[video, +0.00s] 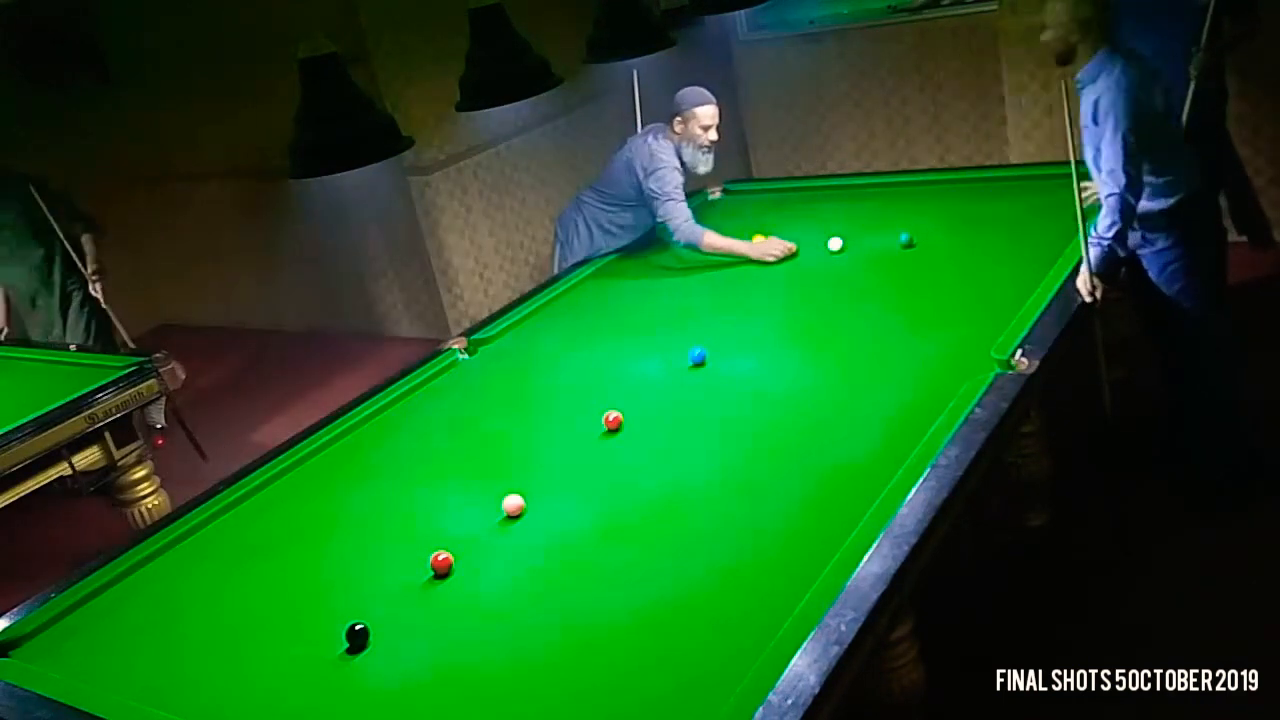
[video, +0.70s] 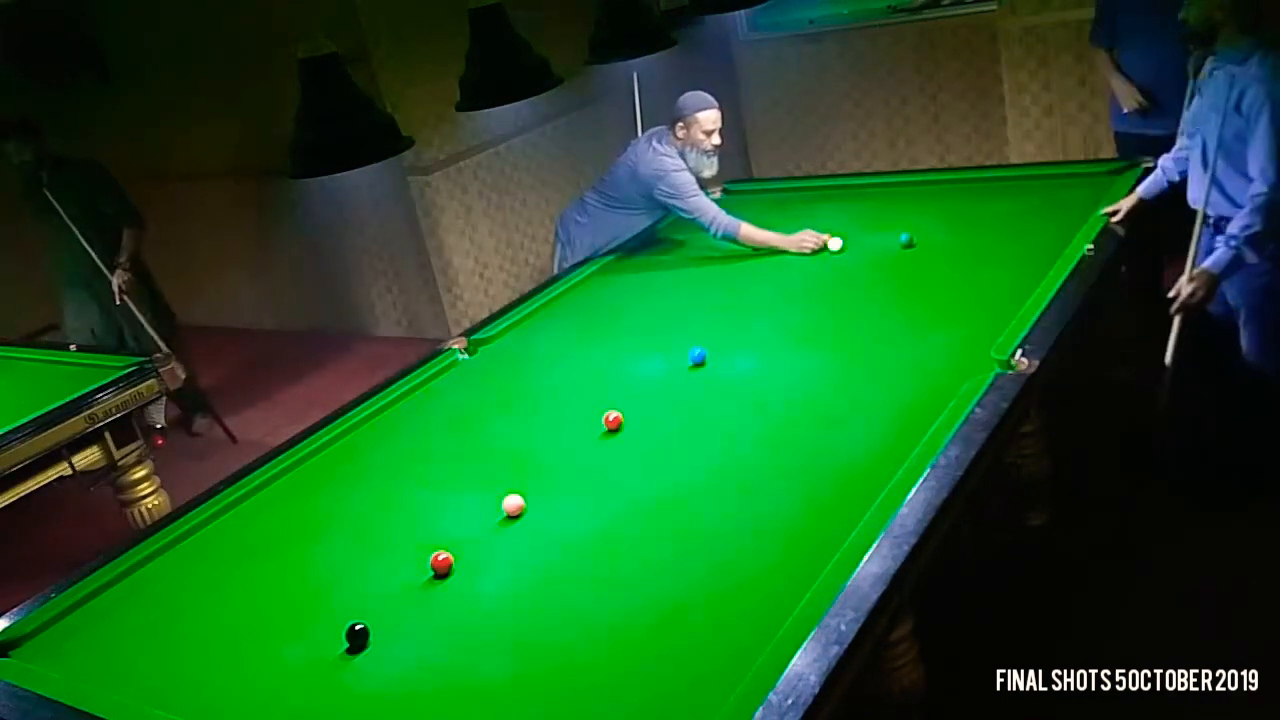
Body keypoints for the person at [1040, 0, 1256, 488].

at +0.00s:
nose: (1044, 39)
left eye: (1051, 28)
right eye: (1044, 29)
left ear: (1080, 29)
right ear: (1083, 29)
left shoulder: (1113, 85)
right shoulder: (1109, 75)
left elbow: (1119, 186)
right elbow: (1140, 154)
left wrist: (1095, 259)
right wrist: (1106, 182)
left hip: (1168, 237)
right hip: (1161, 233)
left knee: (1189, 359)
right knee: (1183, 356)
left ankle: (1211, 472)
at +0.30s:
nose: (1119, 21)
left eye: (1129, 11)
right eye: (1120, 12)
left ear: (1157, 16)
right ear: (1151, 20)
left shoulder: (1186, 78)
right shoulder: (1160, 73)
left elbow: (1170, 183)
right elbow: (1165, 152)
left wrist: (1126, 263)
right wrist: (1139, 192)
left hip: (1207, 243)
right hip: (1180, 236)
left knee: (1229, 362)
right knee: (1203, 357)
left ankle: (1241, 467)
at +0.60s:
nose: (1174, 12)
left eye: (1185, 5)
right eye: (1177, 6)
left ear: (1212, 9)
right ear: (1202, 15)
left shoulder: (1249, 73)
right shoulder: (1204, 66)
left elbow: (1250, 191)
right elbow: (1190, 150)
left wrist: (1196, 270)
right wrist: (1139, 195)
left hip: (1247, 243)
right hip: (1208, 234)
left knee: (1253, 365)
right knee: (1210, 357)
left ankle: (1252, 470)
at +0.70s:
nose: (1187, 13)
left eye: (1199, 6)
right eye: (1190, 8)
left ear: (1225, 11)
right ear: (1227, 15)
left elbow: (1268, 191)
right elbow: (1189, 147)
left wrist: (1215, 267)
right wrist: (1139, 194)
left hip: (1253, 240)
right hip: (1210, 229)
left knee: (1257, 362)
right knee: (1210, 349)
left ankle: (1253, 467)